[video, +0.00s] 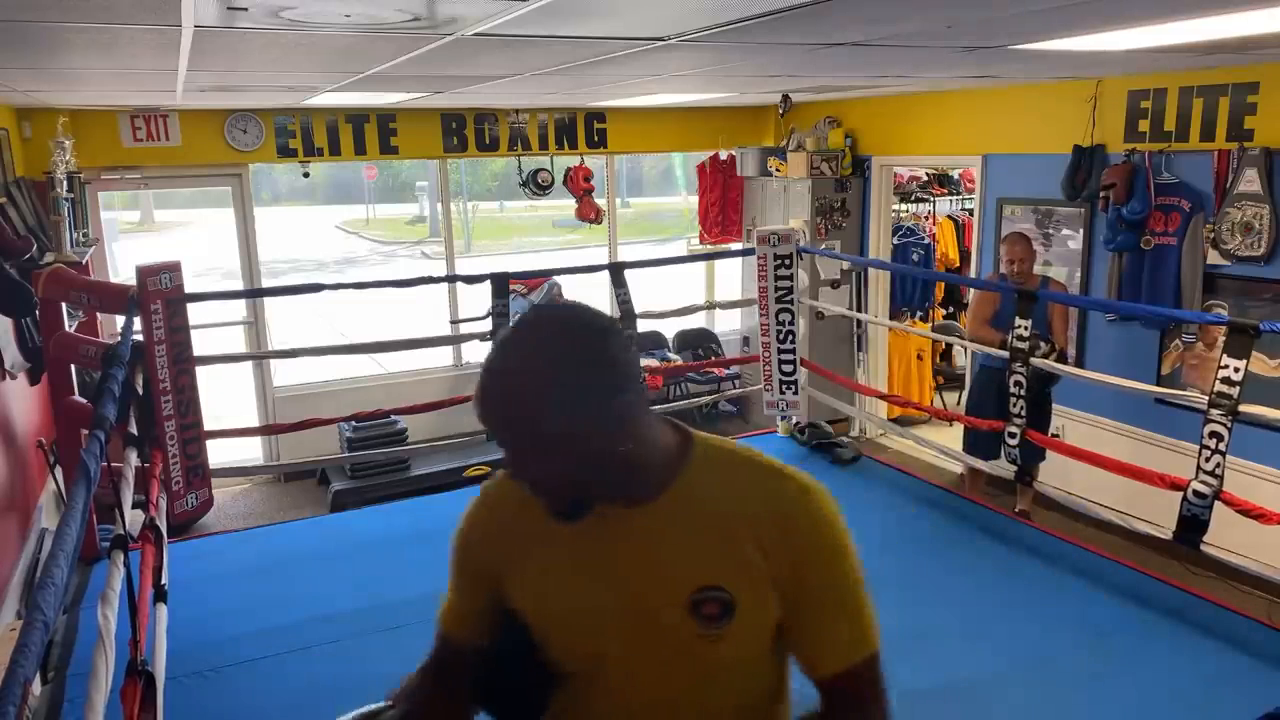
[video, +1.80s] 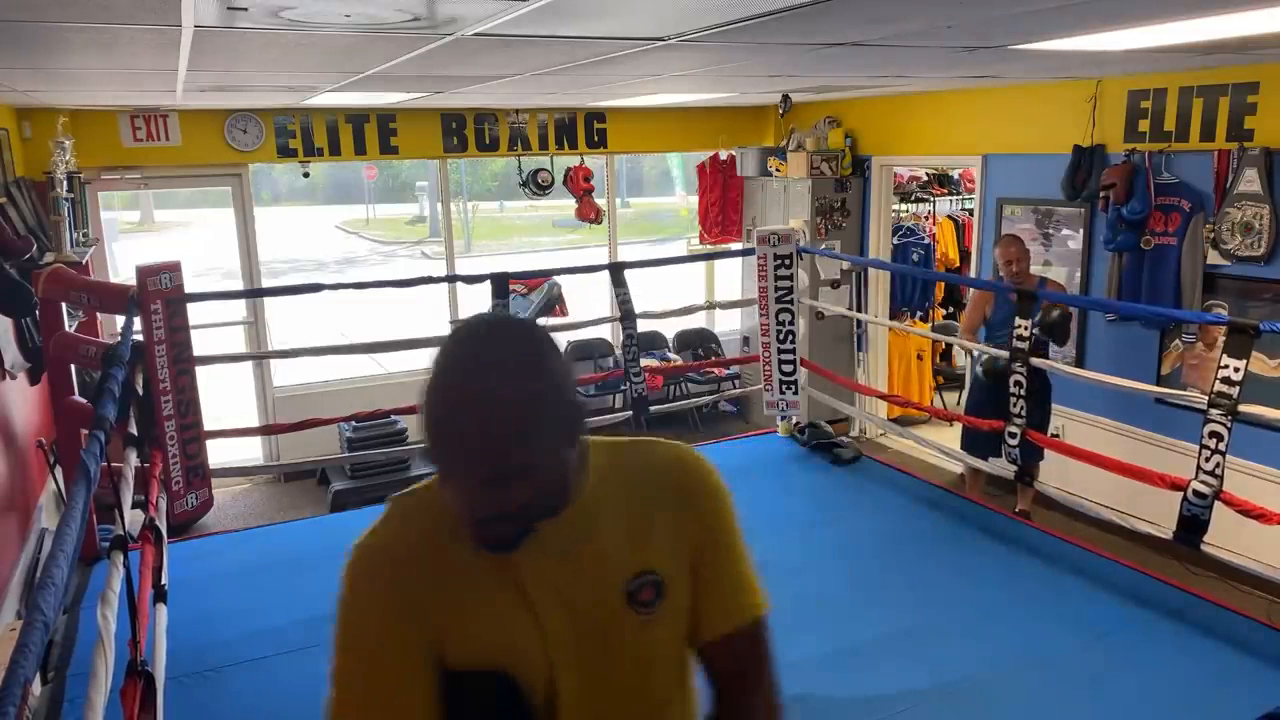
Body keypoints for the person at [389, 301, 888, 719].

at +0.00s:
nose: (512, 472)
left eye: (522, 447)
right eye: (501, 446)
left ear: (597, 424)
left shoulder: (784, 515)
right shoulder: (497, 517)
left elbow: (856, 699)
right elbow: (449, 676)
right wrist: (394, 711)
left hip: (735, 704)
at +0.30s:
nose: (499, 488)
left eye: (522, 468)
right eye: (480, 462)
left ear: (594, 407)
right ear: (464, 433)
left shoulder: (742, 504)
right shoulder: (445, 521)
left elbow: (787, 701)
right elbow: (400, 698)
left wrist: (652, 707)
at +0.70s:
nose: (530, 472)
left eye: (547, 443)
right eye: (514, 445)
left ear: (627, 400)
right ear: (498, 423)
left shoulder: (770, 501)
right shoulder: (487, 509)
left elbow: (774, 707)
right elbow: (451, 704)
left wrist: (585, 705)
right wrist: (484, 688)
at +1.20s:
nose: (606, 464)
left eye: (625, 438)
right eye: (591, 436)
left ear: (707, 388)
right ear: (575, 414)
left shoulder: (834, 499)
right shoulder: (551, 496)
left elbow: (815, 705)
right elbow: (504, 700)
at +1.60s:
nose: (584, 486)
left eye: (615, 456)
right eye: (565, 455)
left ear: (680, 417)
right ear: (546, 426)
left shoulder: (783, 503)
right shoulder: (495, 516)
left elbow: (826, 707)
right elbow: (459, 701)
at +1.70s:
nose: (531, 489)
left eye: (559, 461)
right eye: (513, 460)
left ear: (626, 428)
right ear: (495, 436)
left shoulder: (732, 496)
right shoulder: (451, 534)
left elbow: (796, 684)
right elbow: (420, 706)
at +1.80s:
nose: (472, 511)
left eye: (503, 482)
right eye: (451, 480)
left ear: (574, 437)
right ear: (432, 453)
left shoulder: (678, 488)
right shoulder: (390, 564)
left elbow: (745, 685)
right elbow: (368, 709)